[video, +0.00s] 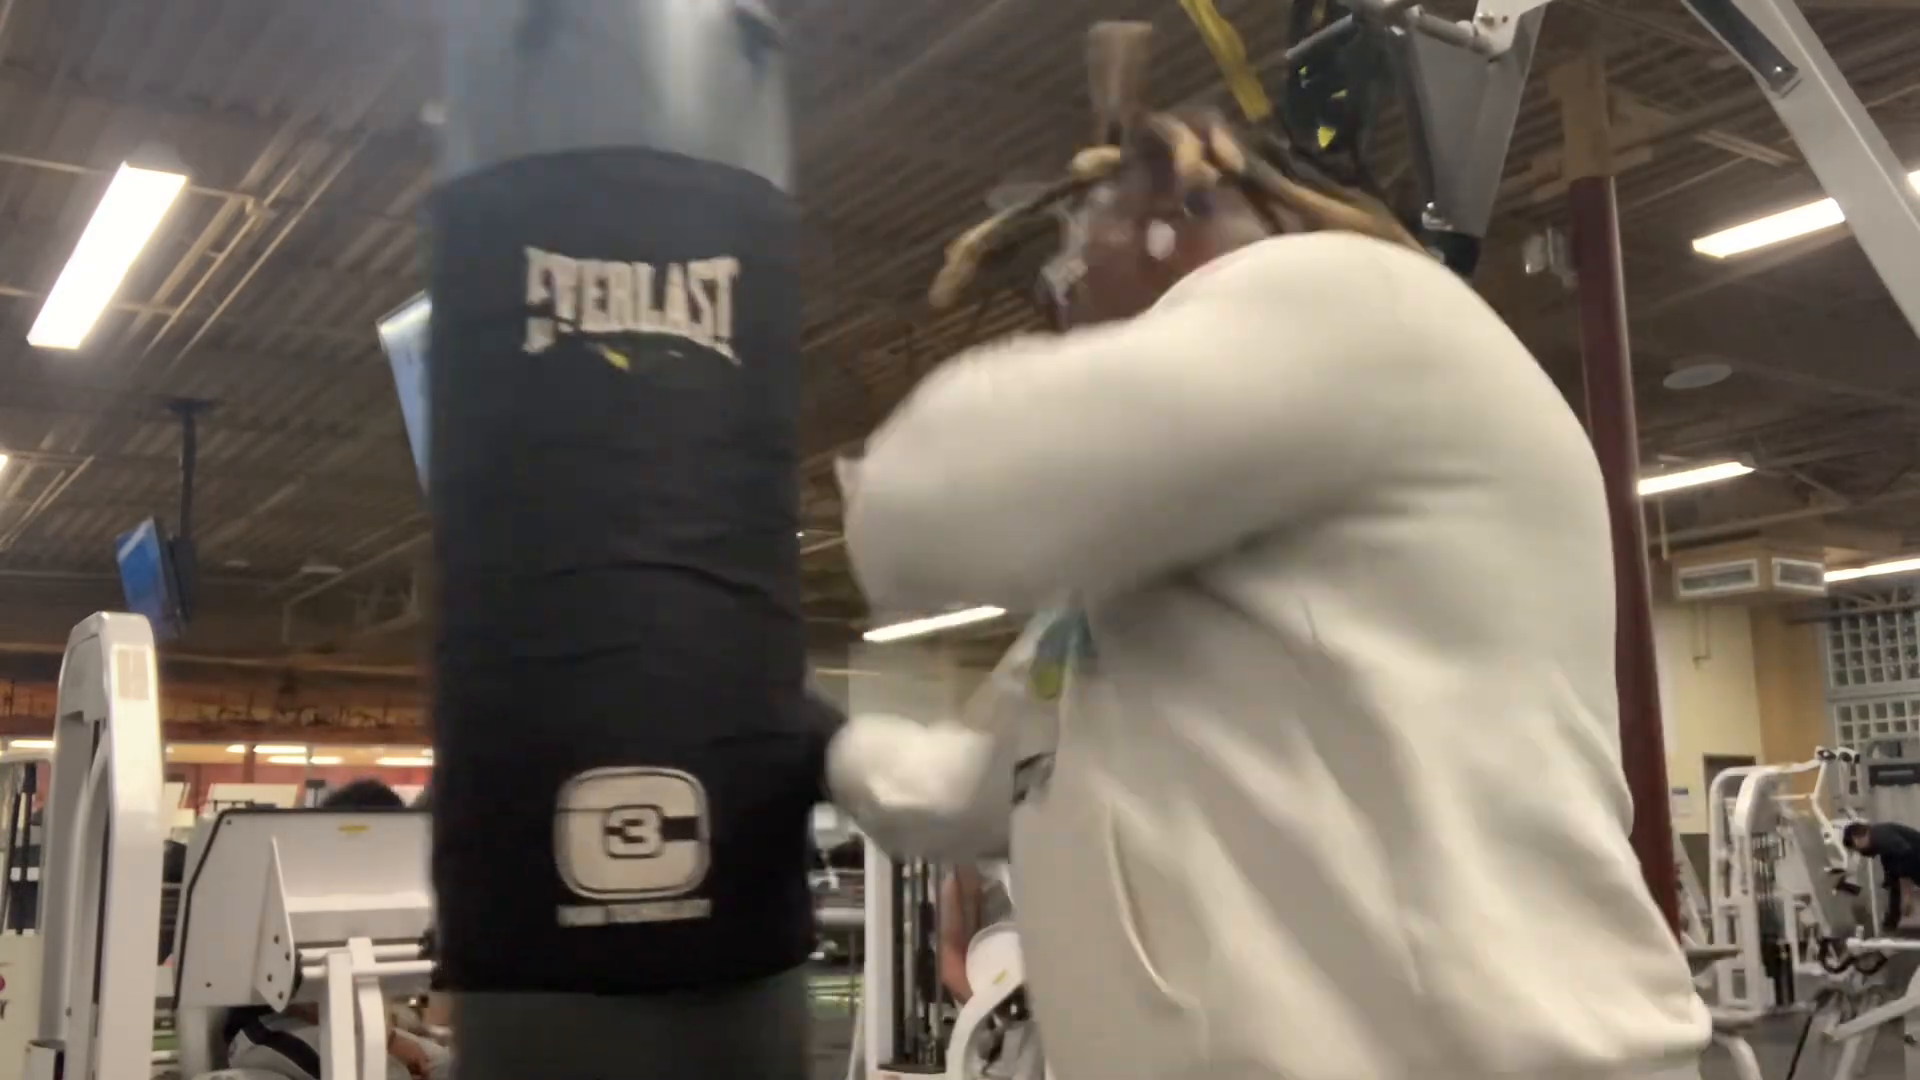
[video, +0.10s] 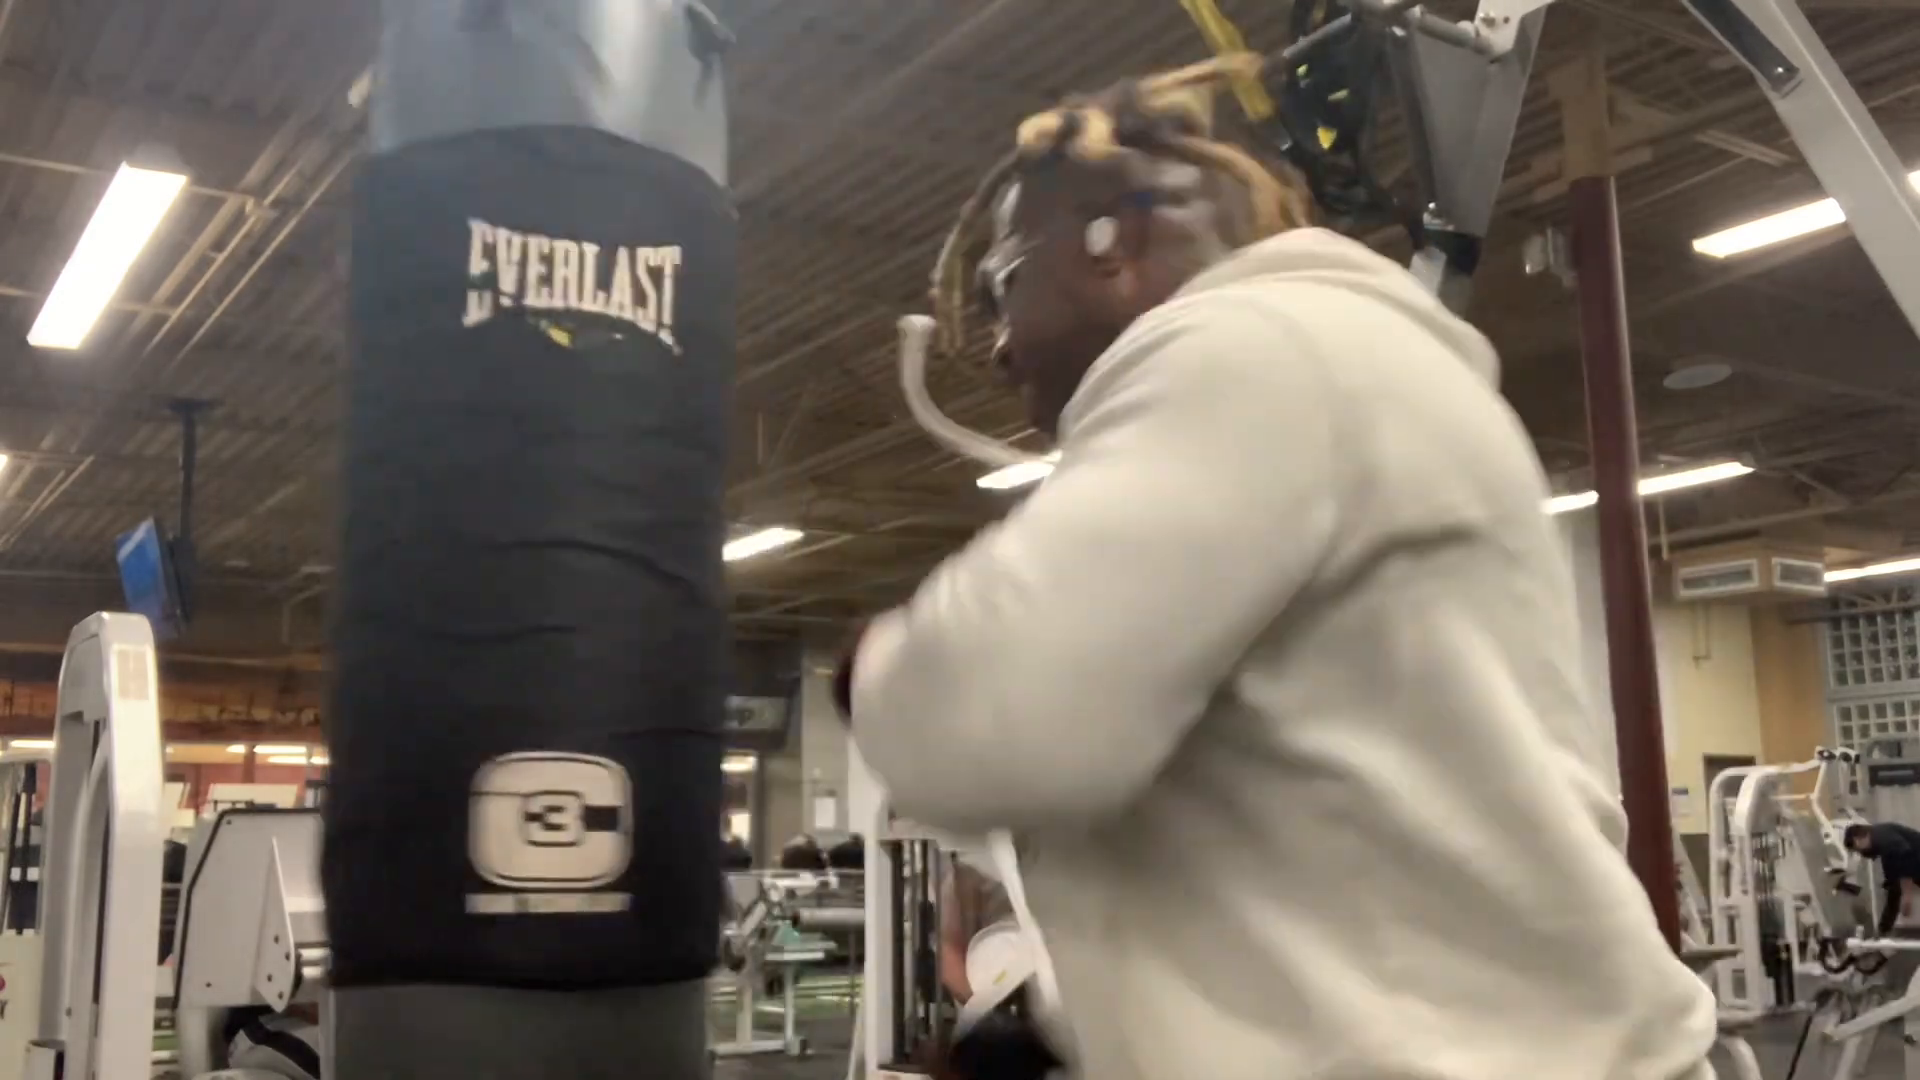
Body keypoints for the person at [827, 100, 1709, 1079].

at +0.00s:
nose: (1057, 313)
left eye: (1063, 259)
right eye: (1048, 288)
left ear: (1159, 199)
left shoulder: (1359, 300)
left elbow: (920, 518)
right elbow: (1007, 782)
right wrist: (809, 745)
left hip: (1455, 1045)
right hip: (1229, 1049)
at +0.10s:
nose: (998, 345)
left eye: (1006, 284)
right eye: (991, 300)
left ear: (1112, 250)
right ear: (1129, 252)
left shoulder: (1253, 348)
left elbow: (1014, 717)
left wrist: (886, 663)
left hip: (1418, 1049)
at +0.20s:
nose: (1004, 316)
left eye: (1008, 269)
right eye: (996, 281)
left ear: (1135, 196)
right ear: (1210, 194)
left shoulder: (1143, 352)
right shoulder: (1457, 441)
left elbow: (1033, 782)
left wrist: (926, 803)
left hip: (1313, 1048)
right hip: (1648, 1030)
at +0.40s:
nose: (1129, 254)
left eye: (1132, 209)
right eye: (1118, 220)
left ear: (1229, 166)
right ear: (1348, 145)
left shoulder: (1188, 342)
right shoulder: (1564, 372)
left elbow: (959, 744)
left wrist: (879, 776)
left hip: (1365, 1045)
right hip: (1716, 1022)